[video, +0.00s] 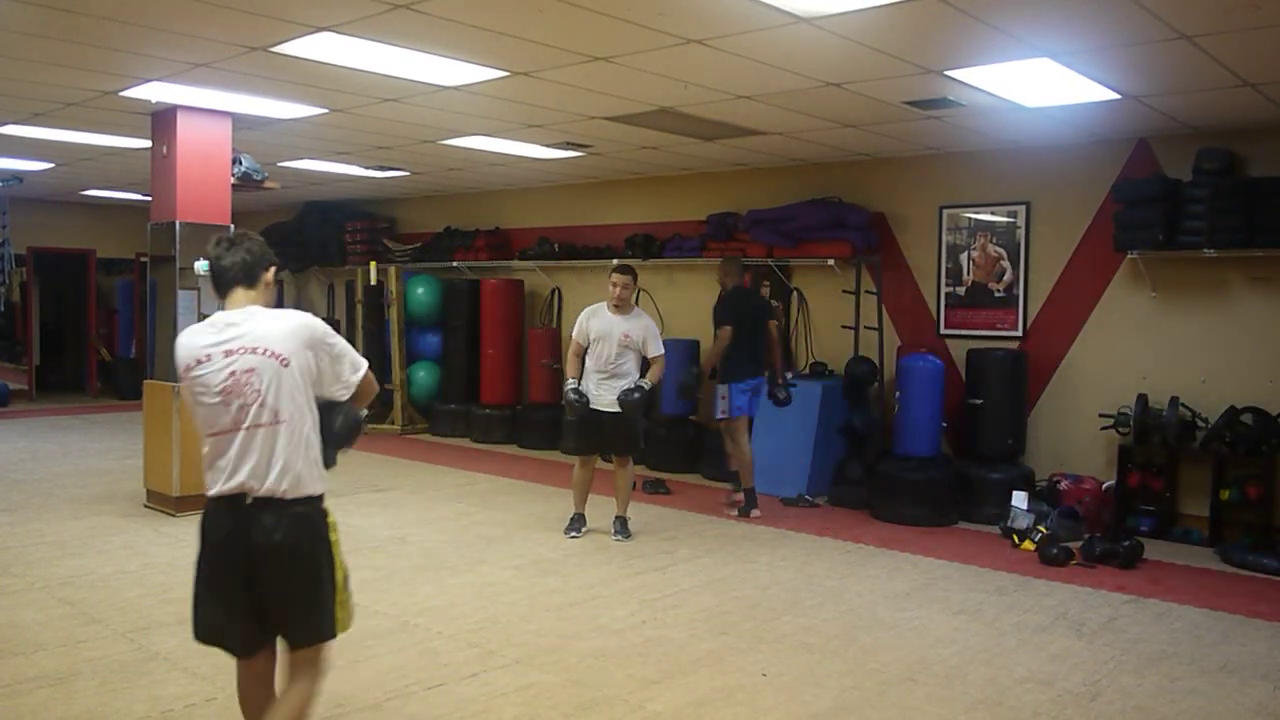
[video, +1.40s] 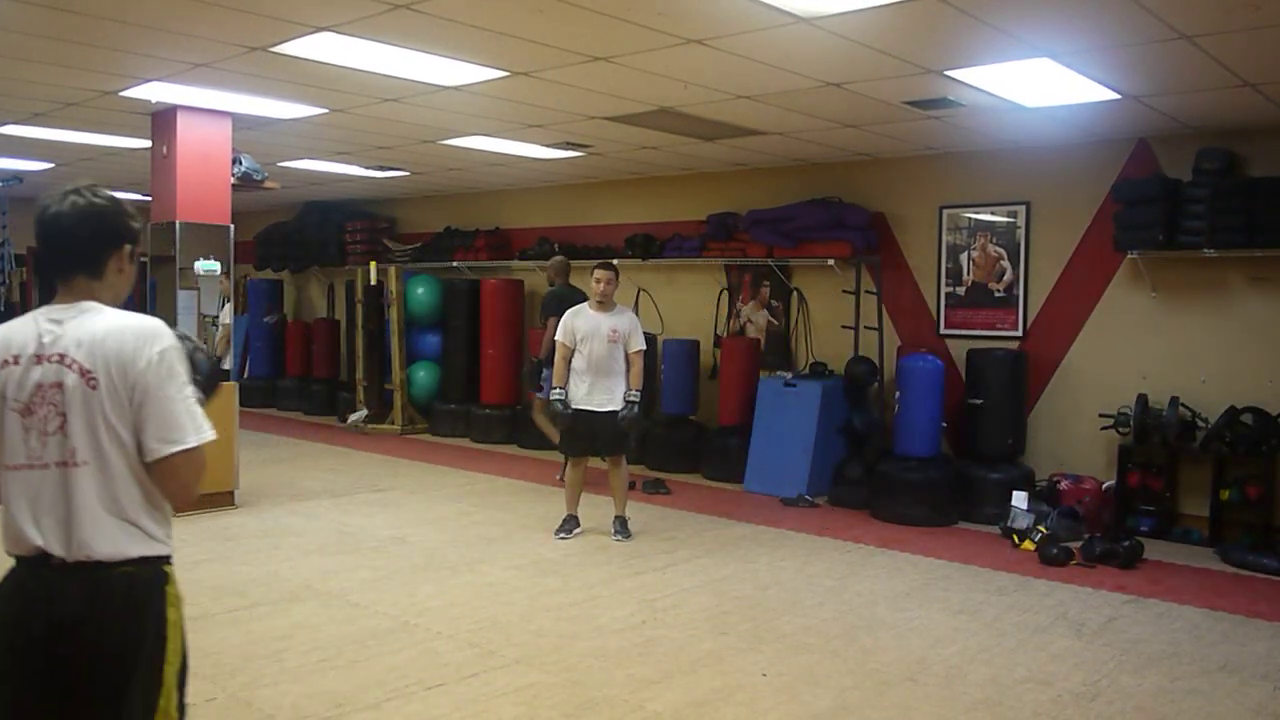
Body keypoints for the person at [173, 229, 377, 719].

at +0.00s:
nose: (277, 282)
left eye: (276, 276)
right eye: (275, 275)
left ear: (216, 282)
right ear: (268, 276)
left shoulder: (188, 344)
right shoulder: (302, 329)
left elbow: (207, 416)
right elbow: (365, 388)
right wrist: (328, 427)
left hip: (224, 522)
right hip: (295, 521)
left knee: (252, 660)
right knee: (305, 663)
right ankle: (280, 714)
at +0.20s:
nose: (248, 284)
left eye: (245, 278)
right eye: (247, 277)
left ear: (181, 286)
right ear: (240, 278)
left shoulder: (147, 344)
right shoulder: (271, 335)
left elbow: (176, 421)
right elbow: (338, 395)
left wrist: (271, 433)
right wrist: (271, 407)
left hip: (178, 542)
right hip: (254, 539)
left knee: (227, 689)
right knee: (231, 691)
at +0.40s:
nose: (218, 271)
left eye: (215, 262)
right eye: (217, 263)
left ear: (142, 271)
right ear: (210, 265)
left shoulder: (105, 332)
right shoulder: (237, 325)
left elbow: (112, 412)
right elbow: (307, 394)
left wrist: (225, 418)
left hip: (137, 541)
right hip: (219, 541)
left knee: (160, 693)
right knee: (206, 705)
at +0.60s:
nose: (174, 269)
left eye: (171, 261)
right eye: (173, 261)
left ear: (99, 270)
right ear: (165, 265)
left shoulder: (56, 342)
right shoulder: (196, 332)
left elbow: (83, 431)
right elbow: (275, 405)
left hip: (93, 560)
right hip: (185, 558)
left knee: (87, 710)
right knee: (189, 704)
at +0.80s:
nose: (122, 272)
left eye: (123, 264)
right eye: (122, 263)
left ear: (44, 272)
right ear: (113, 265)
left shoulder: (6, 340)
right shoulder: (145, 331)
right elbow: (233, 412)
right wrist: (164, 416)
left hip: (32, 574)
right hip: (135, 572)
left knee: (32, 712)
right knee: (156, 709)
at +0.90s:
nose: (100, 271)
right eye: (101, 262)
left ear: (19, 276)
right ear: (94, 264)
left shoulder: (2, 332)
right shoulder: (126, 328)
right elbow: (211, 427)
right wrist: (133, 416)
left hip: (11, 571)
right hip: (116, 569)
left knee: (26, 710)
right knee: (145, 708)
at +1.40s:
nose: (133, 269)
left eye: (133, 257)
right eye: (133, 257)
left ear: (43, 258)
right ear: (119, 259)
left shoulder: (7, 341)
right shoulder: (143, 339)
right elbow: (183, 486)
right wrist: (187, 395)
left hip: (27, 592)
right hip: (127, 597)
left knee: (31, 712)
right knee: (140, 710)